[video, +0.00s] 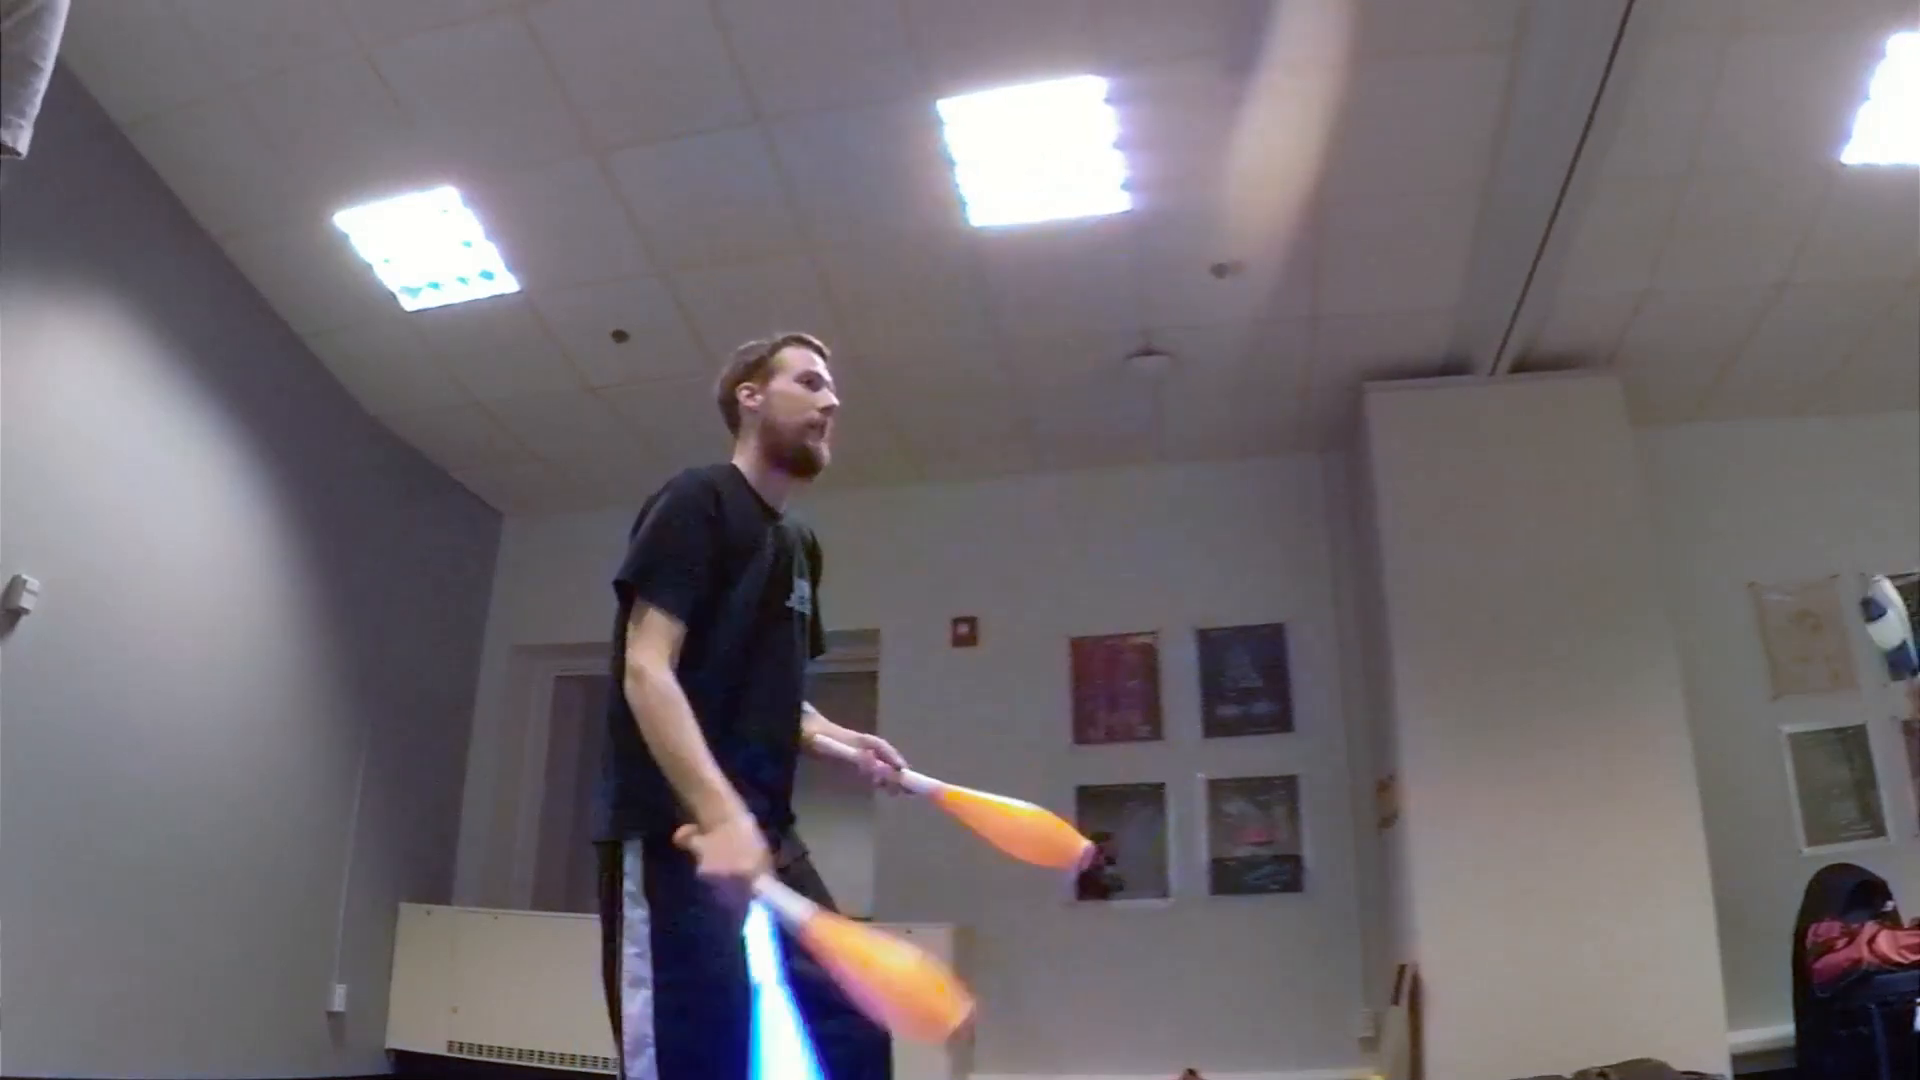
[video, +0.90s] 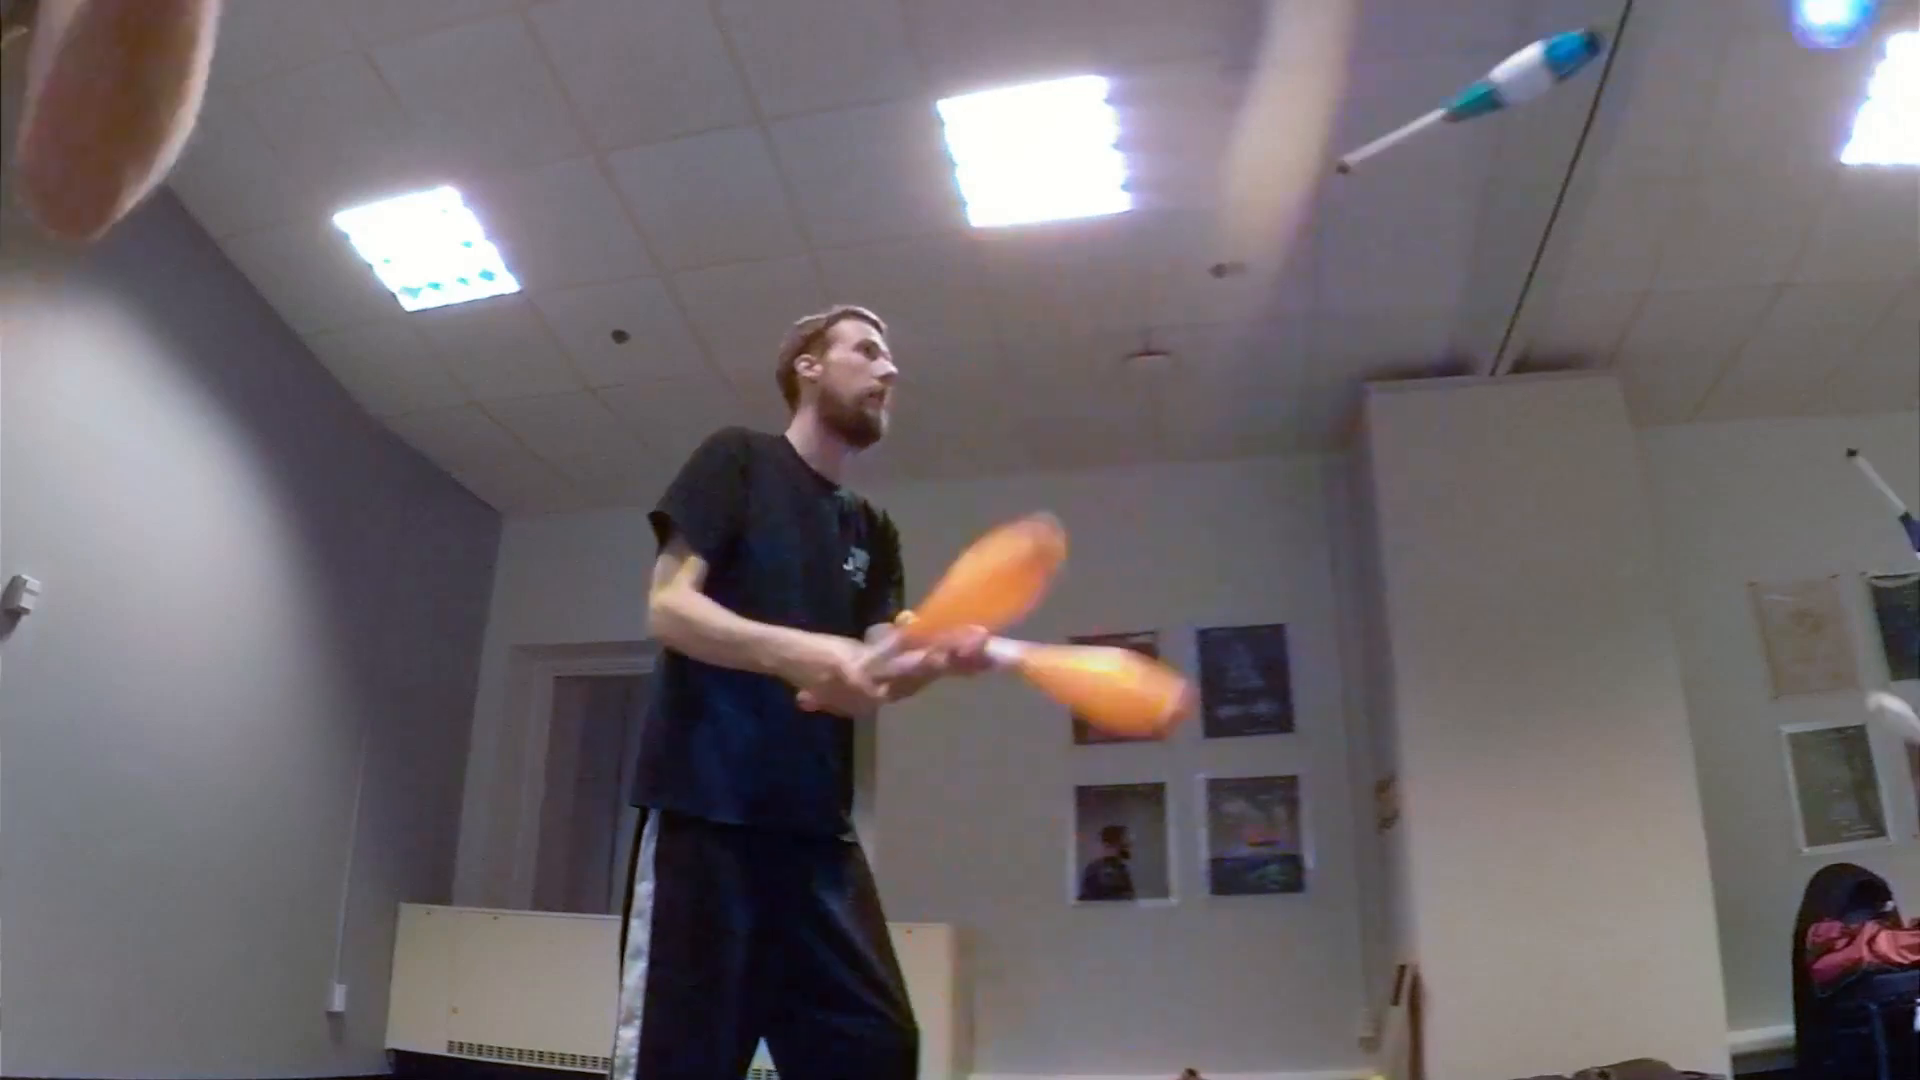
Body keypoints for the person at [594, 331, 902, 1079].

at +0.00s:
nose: (831, 399)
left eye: (832, 389)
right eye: (809, 381)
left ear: (831, 413)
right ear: (748, 397)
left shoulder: (798, 545)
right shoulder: (697, 499)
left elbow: (761, 696)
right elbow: (645, 668)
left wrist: (843, 746)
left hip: (762, 838)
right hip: (671, 841)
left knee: (854, 1040)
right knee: (690, 1060)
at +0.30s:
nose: (887, 415)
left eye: (889, 404)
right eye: (866, 395)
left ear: (882, 434)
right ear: (804, 411)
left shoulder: (836, 556)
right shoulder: (750, 515)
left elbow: (792, 690)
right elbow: (717, 690)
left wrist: (832, 769)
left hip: (771, 859)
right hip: (685, 855)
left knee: (804, 1062)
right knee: (707, 1063)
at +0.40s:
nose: (901, 405)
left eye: (903, 394)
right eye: (880, 386)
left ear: (894, 423)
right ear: (820, 400)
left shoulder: (851, 545)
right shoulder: (767, 498)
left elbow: (817, 681)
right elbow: (794, 649)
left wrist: (843, 764)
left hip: (780, 833)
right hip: (693, 828)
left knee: (845, 1047)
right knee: (704, 1058)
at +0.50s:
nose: (910, 396)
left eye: (912, 386)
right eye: (889, 377)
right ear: (830, 391)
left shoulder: (848, 536)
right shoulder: (781, 481)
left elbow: (817, 678)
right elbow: (857, 588)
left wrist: (855, 758)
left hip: (788, 829)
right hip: (704, 821)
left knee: (842, 1050)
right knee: (698, 1055)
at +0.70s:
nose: (909, 385)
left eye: (911, 375)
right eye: (888, 363)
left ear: (904, 409)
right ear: (828, 376)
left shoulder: (868, 537)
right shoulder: (776, 453)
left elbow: (855, 679)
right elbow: (820, 555)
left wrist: (883, 740)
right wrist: (995, 535)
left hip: (809, 832)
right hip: (711, 821)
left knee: (843, 1056)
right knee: (691, 1057)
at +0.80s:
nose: (899, 375)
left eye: (900, 366)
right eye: (876, 356)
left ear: (897, 403)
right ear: (817, 374)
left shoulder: (873, 531)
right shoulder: (755, 450)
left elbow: (864, 671)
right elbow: (739, 585)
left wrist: (902, 715)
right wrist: (901, 592)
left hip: (814, 830)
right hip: (709, 818)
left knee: (851, 1052)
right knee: (686, 1055)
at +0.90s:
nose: (889, 367)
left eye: (890, 357)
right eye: (866, 350)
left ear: (885, 388)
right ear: (806, 369)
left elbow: (865, 674)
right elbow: (669, 607)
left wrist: (925, 659)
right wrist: (818, 657)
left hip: (816, 838)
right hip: (703, 827)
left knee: (875, 1049)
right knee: (681, 1058)